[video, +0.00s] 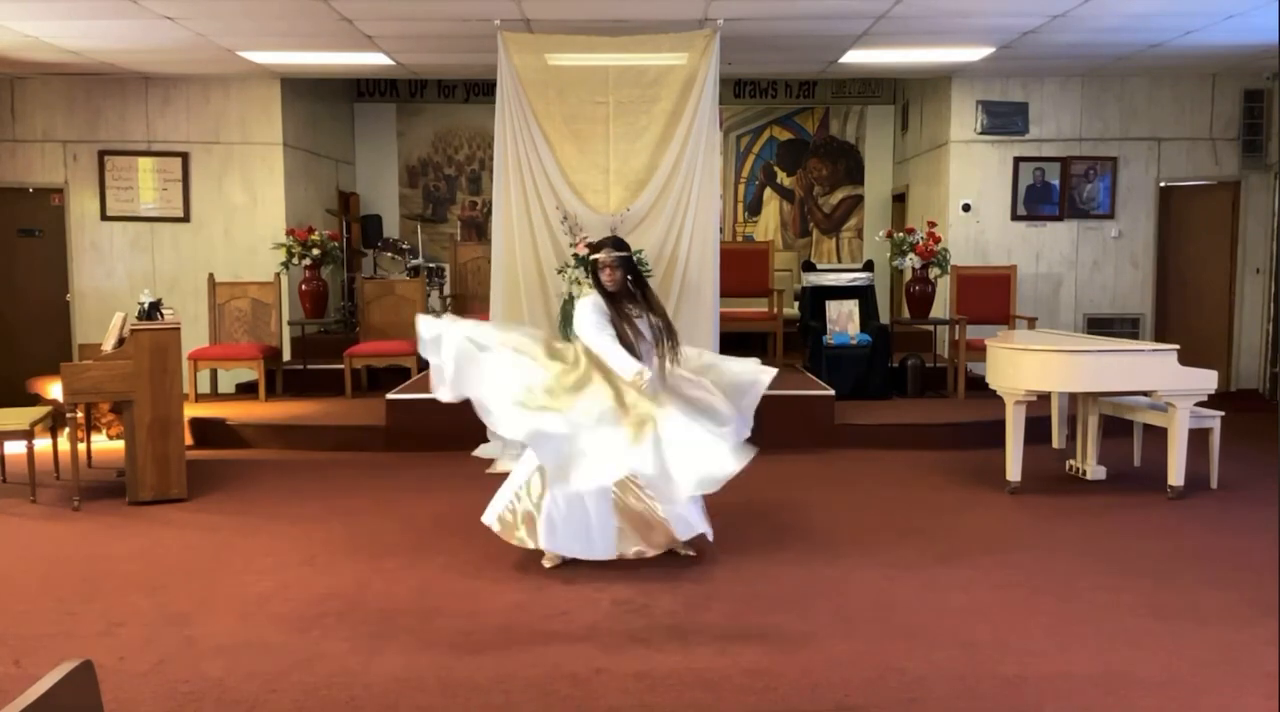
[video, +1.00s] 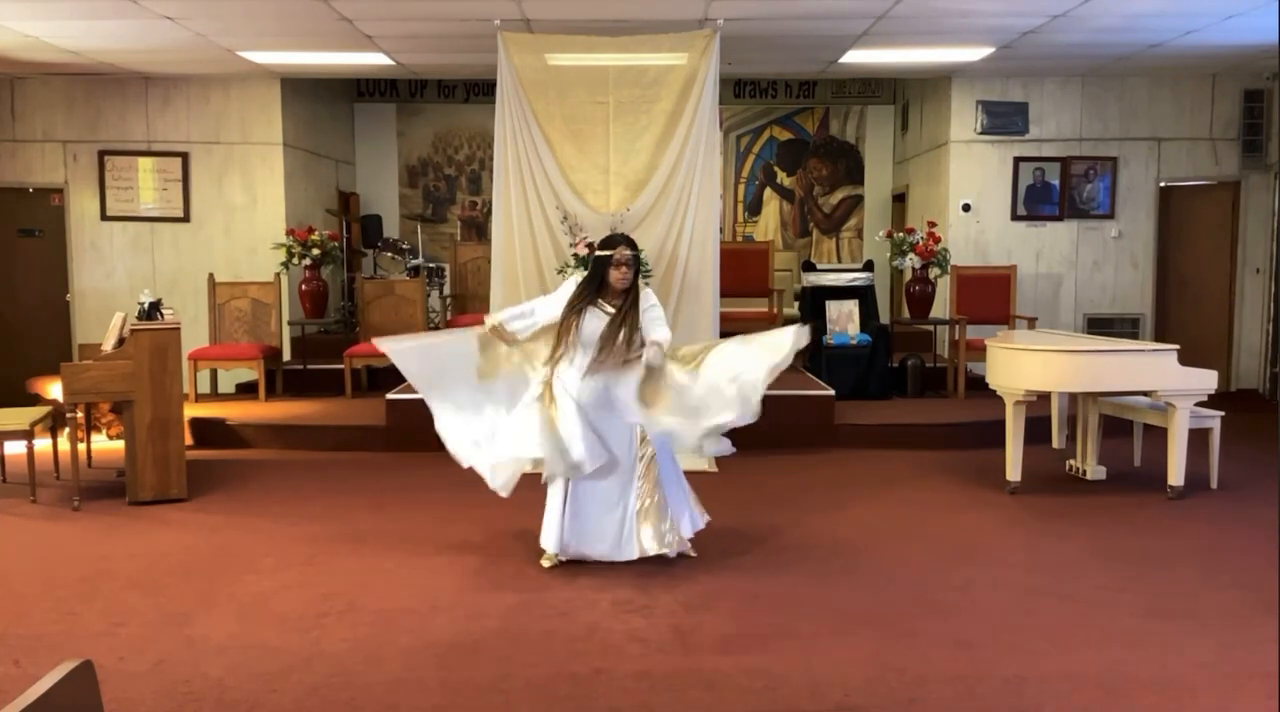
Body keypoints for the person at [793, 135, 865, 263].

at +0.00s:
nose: (815, 176)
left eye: (820, 170)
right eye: (812, 171)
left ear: (840, 166)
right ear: (808, 173)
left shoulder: (854, 193)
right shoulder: (820, 195)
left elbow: (828, 227)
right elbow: (799, 233)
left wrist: (808, 196)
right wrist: (798, 197)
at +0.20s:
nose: (815, 176)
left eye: (820, 170)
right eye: (812, 171)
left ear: (840, 166)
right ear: (808, 172)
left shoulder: (854, 193)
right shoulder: (819, 194)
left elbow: (828, 227)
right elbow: (799, 233)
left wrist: (808, 196)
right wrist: (799, 197)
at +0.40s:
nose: (815, 176)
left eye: (820, 170)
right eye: (812, 171)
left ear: (840, 165)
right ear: (808, 173)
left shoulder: (854, 193)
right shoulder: (820, 194)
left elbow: (828, 227)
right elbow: (800, 232)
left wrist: (808, 197)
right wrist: (799, 197)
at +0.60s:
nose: (815, 176)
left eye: (820, 170)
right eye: (812, 171)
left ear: (840, 165)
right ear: (808, 172)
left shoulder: (854, 193)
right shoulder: (819, 194)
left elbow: (828, 227)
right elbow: (800, 232)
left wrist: (808, 197)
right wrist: (799, 197)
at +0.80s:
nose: (815, 176)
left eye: (820, 170)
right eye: (812, 171)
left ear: (840, 165)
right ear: (808, 173)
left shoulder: (854, 193)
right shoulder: (820, 195)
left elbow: (828, 227)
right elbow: (800, 232)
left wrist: (808, 197)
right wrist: (799, 197)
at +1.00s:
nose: (815, 176)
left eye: (820, 170)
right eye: (812, 171)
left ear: (840, 165)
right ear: (808, 173)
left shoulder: (854, 193)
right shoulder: (820, 195)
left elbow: (828, 227)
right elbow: (800, 232)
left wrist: (808, 197)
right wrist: (799, 197)